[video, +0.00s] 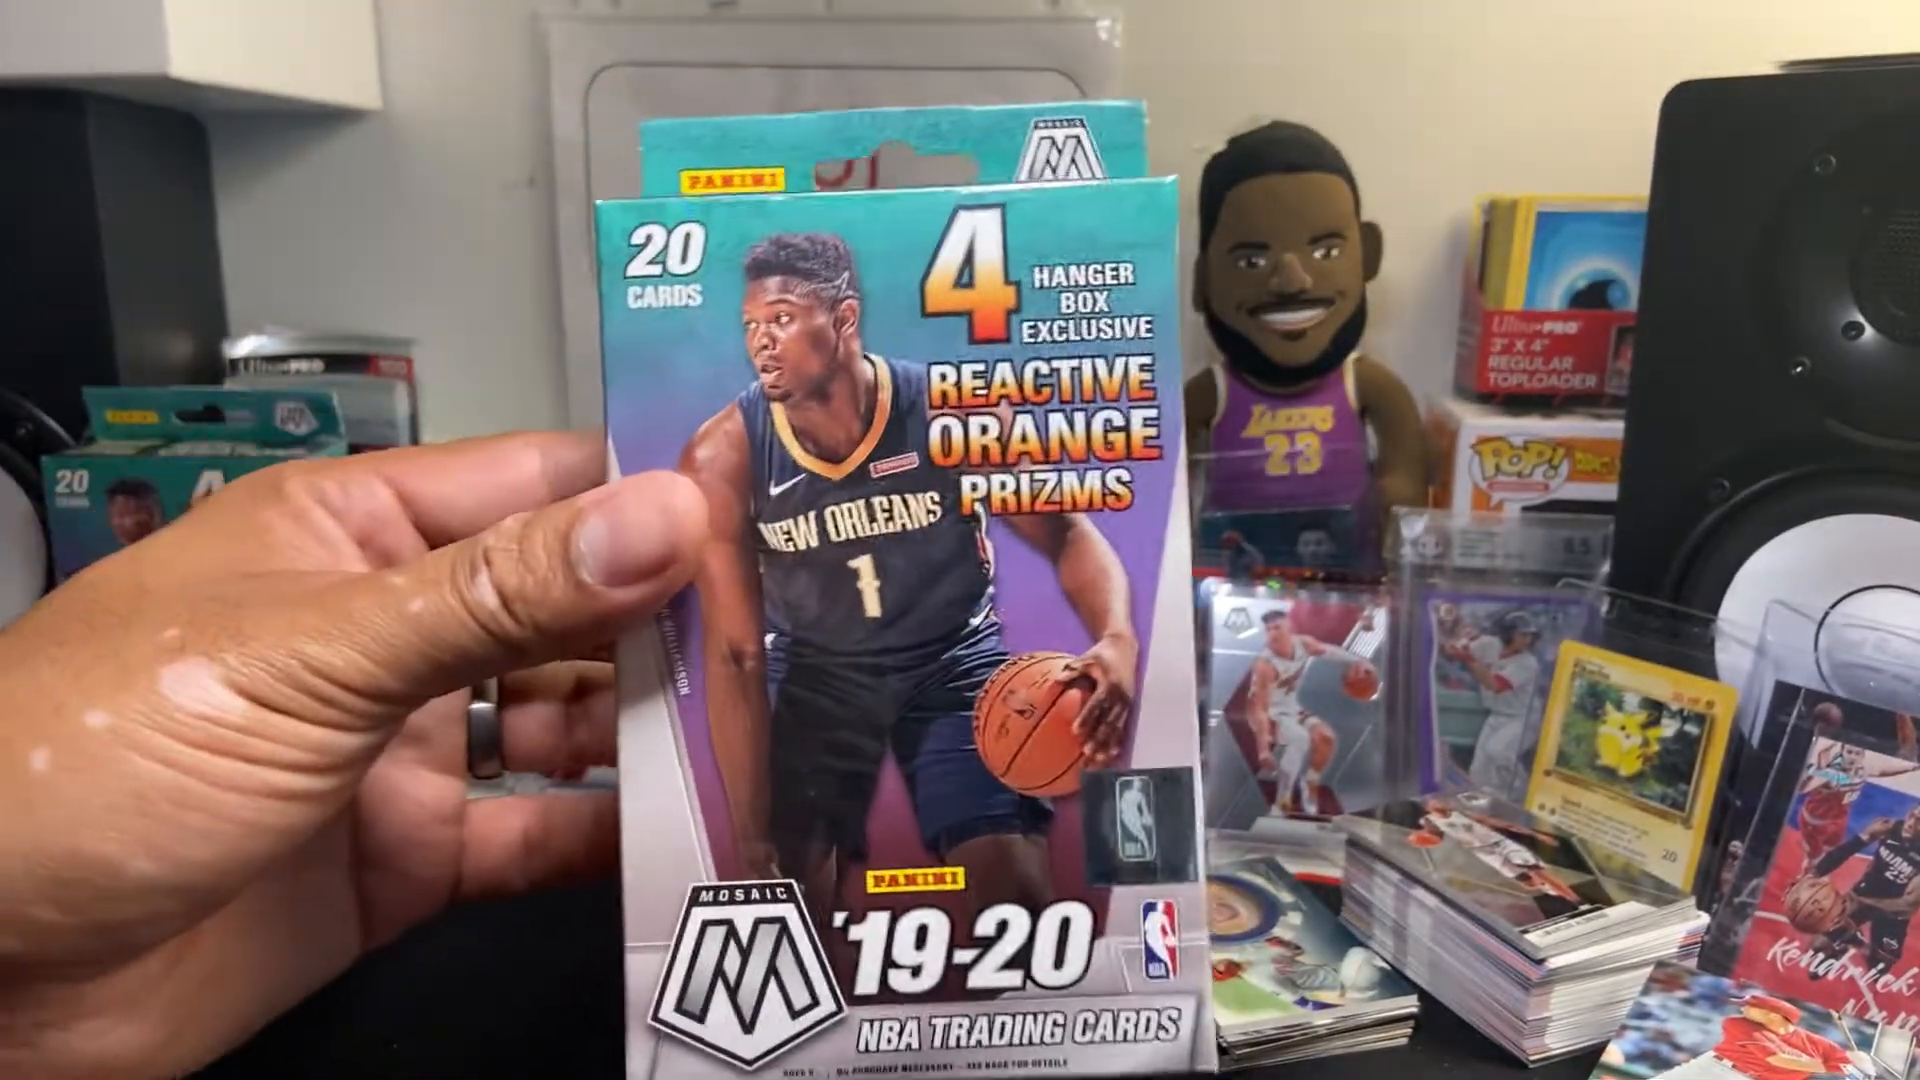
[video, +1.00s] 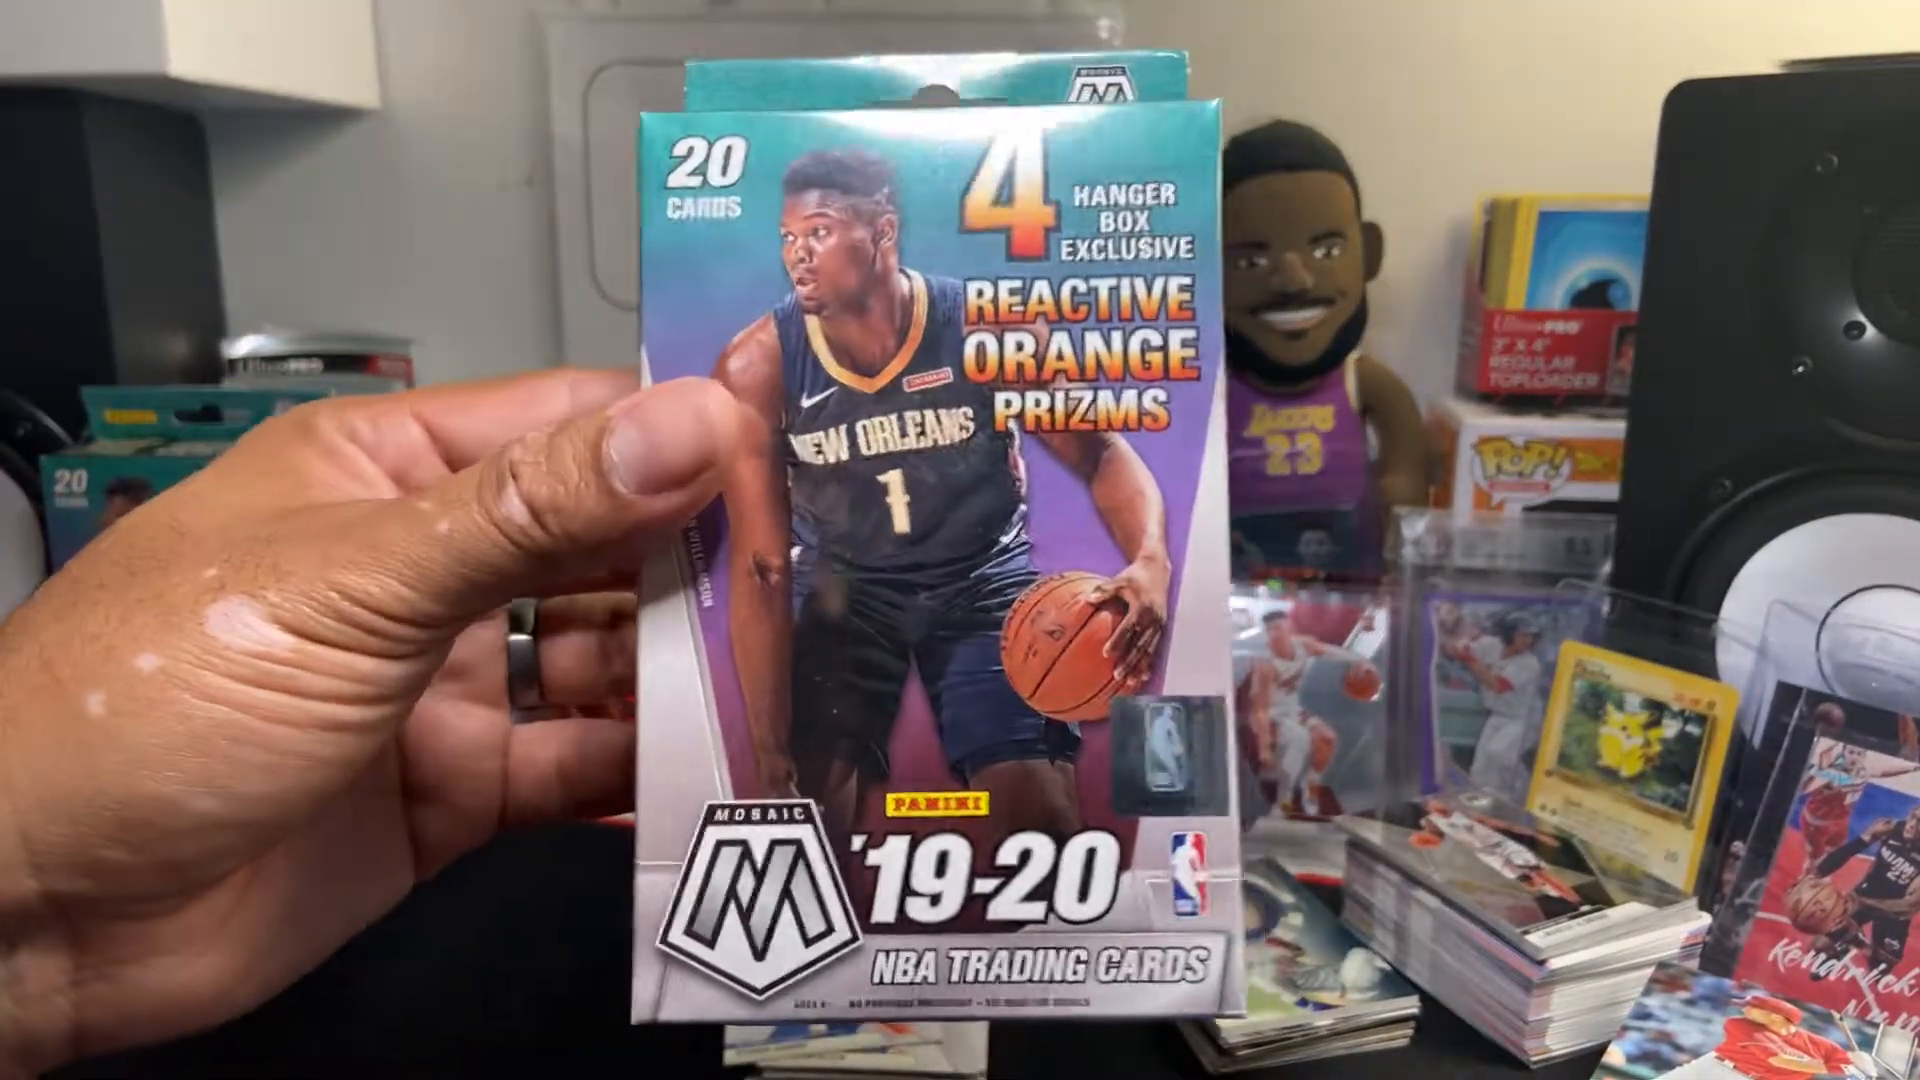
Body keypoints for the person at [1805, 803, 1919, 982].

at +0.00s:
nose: (1911, 823)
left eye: (1918, 821)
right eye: (1912, 816)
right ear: (1907, 814)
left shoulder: (1917, 857)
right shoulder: (1887, 828)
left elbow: (1908, 905)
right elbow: (1846, 850)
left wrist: (1861, 903)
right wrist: (1814, 873)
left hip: (1894, 911)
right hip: (1863, 897)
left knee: (1878, 971)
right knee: (1818, 948)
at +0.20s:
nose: (1912, 824)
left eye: (1918, 822)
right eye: (1912, 817)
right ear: (1908, 815)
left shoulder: (1917, 857)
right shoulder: (1887, 829)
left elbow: (1909, 905)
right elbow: (1848, 849)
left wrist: (1862, 904)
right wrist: (1816, 872)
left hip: (1895, 911)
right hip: (1864, 897)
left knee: (1878, 972)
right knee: (1818, 951)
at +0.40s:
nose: (1912, 824)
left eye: (1918, 822)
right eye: (1913, 817)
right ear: (1908, 815)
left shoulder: (1917, 857)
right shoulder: (1887, 829)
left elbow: (1909, 905)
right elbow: (1849, 849)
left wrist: (1862, 904)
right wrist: (1817, 872)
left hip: (1895, 911)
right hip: (1864, 897)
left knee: (1879, 971)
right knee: (1819, 948)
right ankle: (1846, 943)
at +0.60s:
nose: (1912, 824)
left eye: (1918, 822)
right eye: (1913, 817)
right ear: (1908, 815)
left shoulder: (1917, 856)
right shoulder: (1889, 829)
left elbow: (1909, 905)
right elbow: (1849, 850)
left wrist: (1863, 904)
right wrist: (1817, 872)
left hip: (1895, 911)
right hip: (1865, 897)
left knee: (1879, 970)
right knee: (1820, 945)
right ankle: (1843, 947)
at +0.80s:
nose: (1912, 824)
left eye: (1918, 822)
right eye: (1913, 817)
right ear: (1909, 815)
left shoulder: (1917, 856)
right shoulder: (1888, 829)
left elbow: (1909, 905)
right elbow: (1849, 849)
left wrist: (1863, 904)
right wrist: (1817, 872)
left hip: (1896, 912)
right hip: (1864, 898)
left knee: (1880, 970)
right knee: (1820, 946)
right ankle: (1842, 949)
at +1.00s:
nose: (1912, 824)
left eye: (1919, 822)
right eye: (1913, 817)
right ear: (1908, 815)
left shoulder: (1918, 857)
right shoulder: (1888, 829)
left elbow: (1910, 905)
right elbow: (1849, 850)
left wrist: (1862, 903)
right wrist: (1816, 874)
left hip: (1896, 911)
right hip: (1864, 897)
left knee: (1880, 969)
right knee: (1819, 946)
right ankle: (1841, 950)